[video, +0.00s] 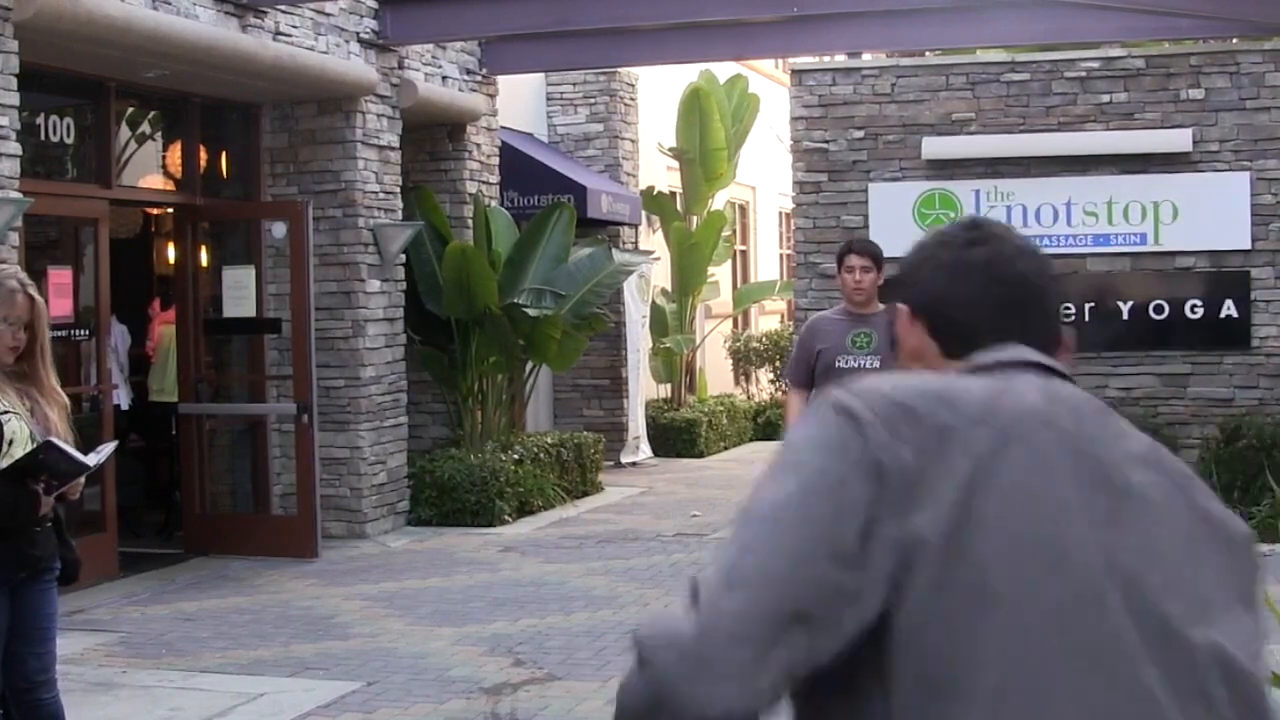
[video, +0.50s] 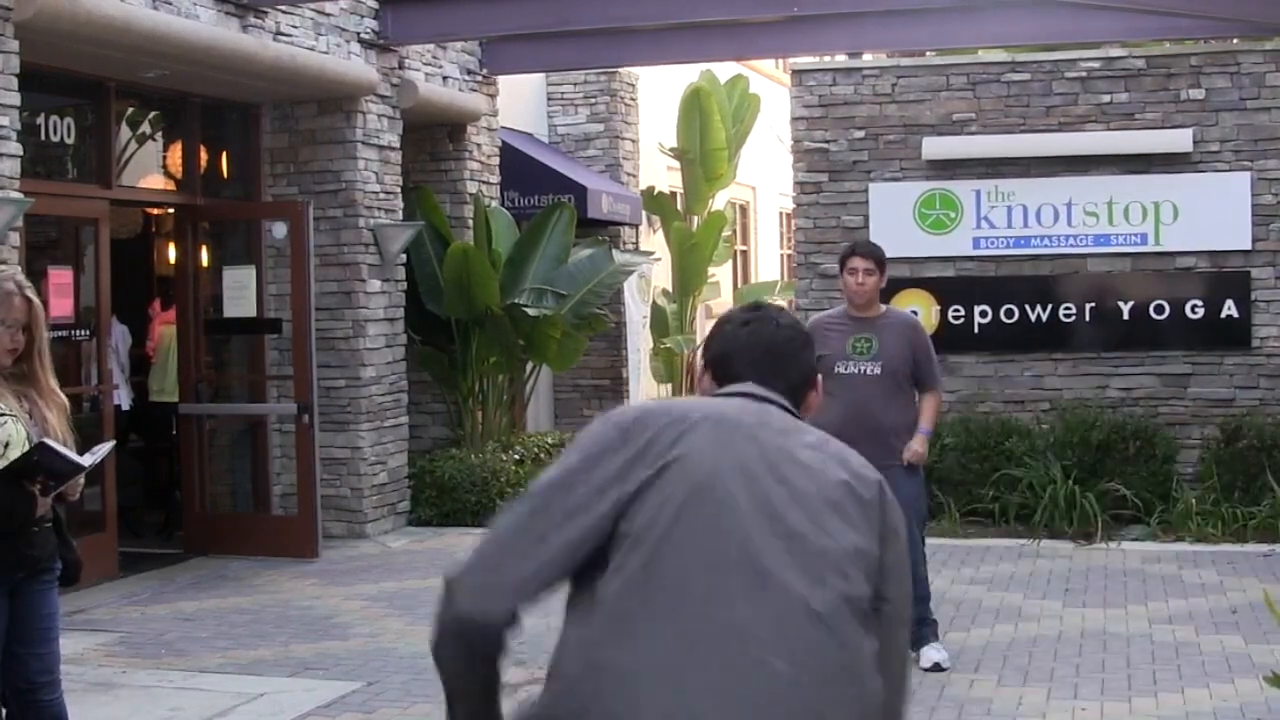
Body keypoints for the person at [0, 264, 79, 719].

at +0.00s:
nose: (16, 336)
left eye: (23, 326)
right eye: (7, 323)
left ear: (32, 330)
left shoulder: (41, 392)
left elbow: (63, 465)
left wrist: (69, 487)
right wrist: (29, 499)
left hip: (37, 561)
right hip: (3, 560)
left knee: (37, 690)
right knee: (12, 692)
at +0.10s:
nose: (15, 336)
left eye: (23, 326)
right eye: (6, 324)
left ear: (32, 330)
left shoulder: (41, 393)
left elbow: (62, 467)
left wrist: (70, 487)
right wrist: (27, 501)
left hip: (37, 562)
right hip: (3, 562)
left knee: (36, 690)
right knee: (12, 692)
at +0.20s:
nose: (15, 337)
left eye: (23, 326)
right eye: (6, 324)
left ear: (33, 330)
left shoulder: (41, 394)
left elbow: (64, 469)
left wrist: (70, 487)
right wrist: (27, 501)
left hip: (37, 563)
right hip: (3, 563)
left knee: (37, 692)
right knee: (11, 693)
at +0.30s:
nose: (14, 338)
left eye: (22, 328)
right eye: (5, 325)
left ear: (33, 331)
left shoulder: (41, 395)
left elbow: (60, 470)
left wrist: (69, 488)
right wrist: (22, 503)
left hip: (36, 564)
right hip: (4, 565)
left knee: (38, 695)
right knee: (14, 695)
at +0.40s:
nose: (14, 339)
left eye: (22, 328)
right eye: (5, 326)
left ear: (32, 332)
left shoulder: (41, 395)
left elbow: (61, 471)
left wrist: (70, 487)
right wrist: (21, 503)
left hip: (36, 565)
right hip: (2, 565)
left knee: (40, 698)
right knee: (14, 698)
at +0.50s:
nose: (12, 338)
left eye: (21, 328)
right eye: (4, 326)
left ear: (31, 332)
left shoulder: (42, 396)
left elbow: (61, 473)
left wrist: (69, 487)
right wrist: (25, 503)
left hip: (36, 566)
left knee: (41, 699)